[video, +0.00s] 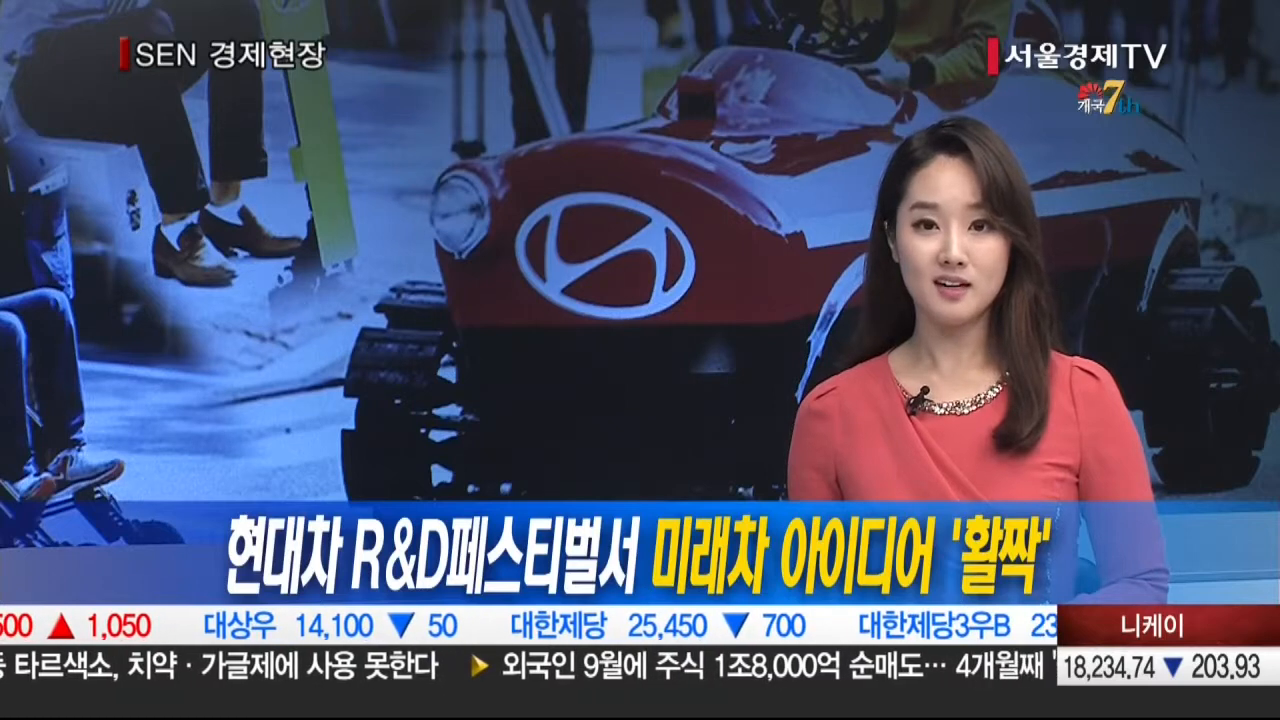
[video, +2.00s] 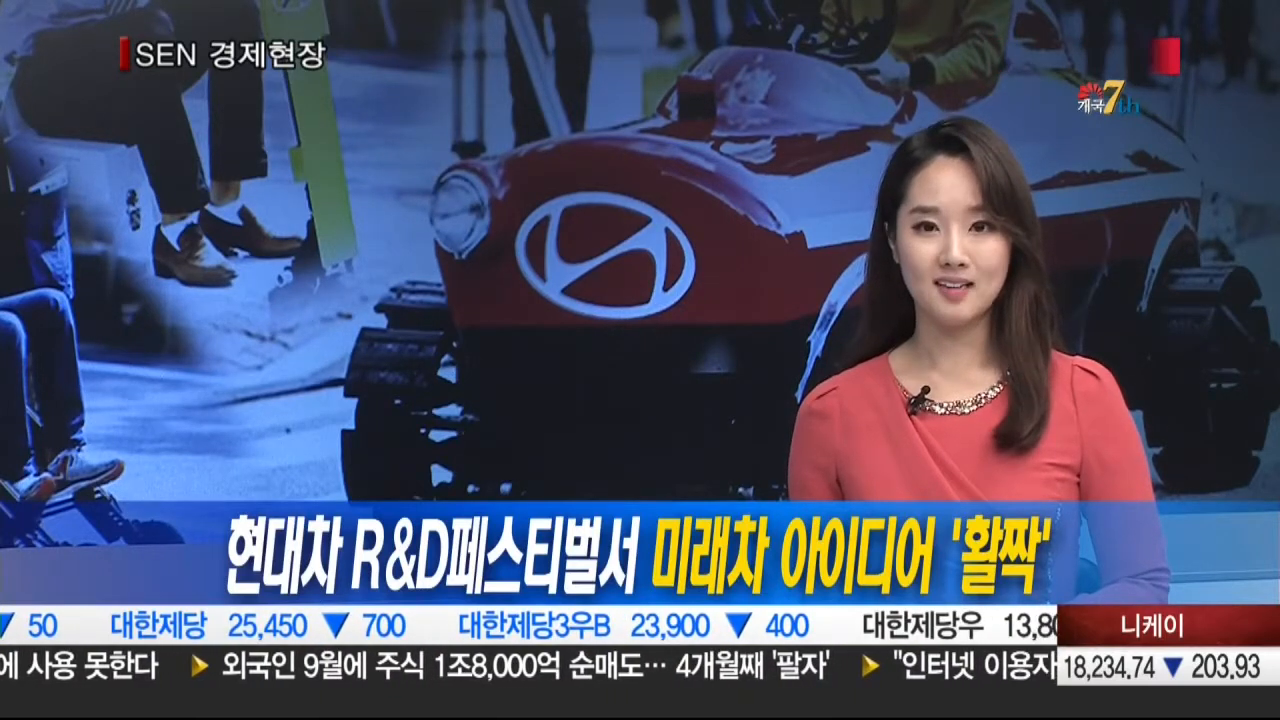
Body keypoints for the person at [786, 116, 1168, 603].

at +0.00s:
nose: (953, 253)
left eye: (981, 226)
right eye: (926, 225)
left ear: (1014, 244)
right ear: (892, 242)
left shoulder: (1083, 397)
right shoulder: (829, 415)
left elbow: (1142, 583)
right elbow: (812, 603)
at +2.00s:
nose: (954, 255)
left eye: (981, 226)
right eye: (926, 226)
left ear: (1015, 244)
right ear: (893, 243)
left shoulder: (1084, 397)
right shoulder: (831, 415)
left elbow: (1143, 581)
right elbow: (812, 603)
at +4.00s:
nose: (949, 262)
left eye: (976, 233)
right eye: (921, 234)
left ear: (1010, 247)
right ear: (888, 246)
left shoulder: (1082, 396)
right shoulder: (828, 417)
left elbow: (1142, 581)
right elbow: (810, 605)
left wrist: (1037, 641)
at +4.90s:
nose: (949, 257)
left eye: (976, 229)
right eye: (921, 230)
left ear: (1011, 244)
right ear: (889, 245)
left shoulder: (1082, 396)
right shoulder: (828, 415)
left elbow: (1144, 582)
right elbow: (808, 603)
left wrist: (1032, 637)